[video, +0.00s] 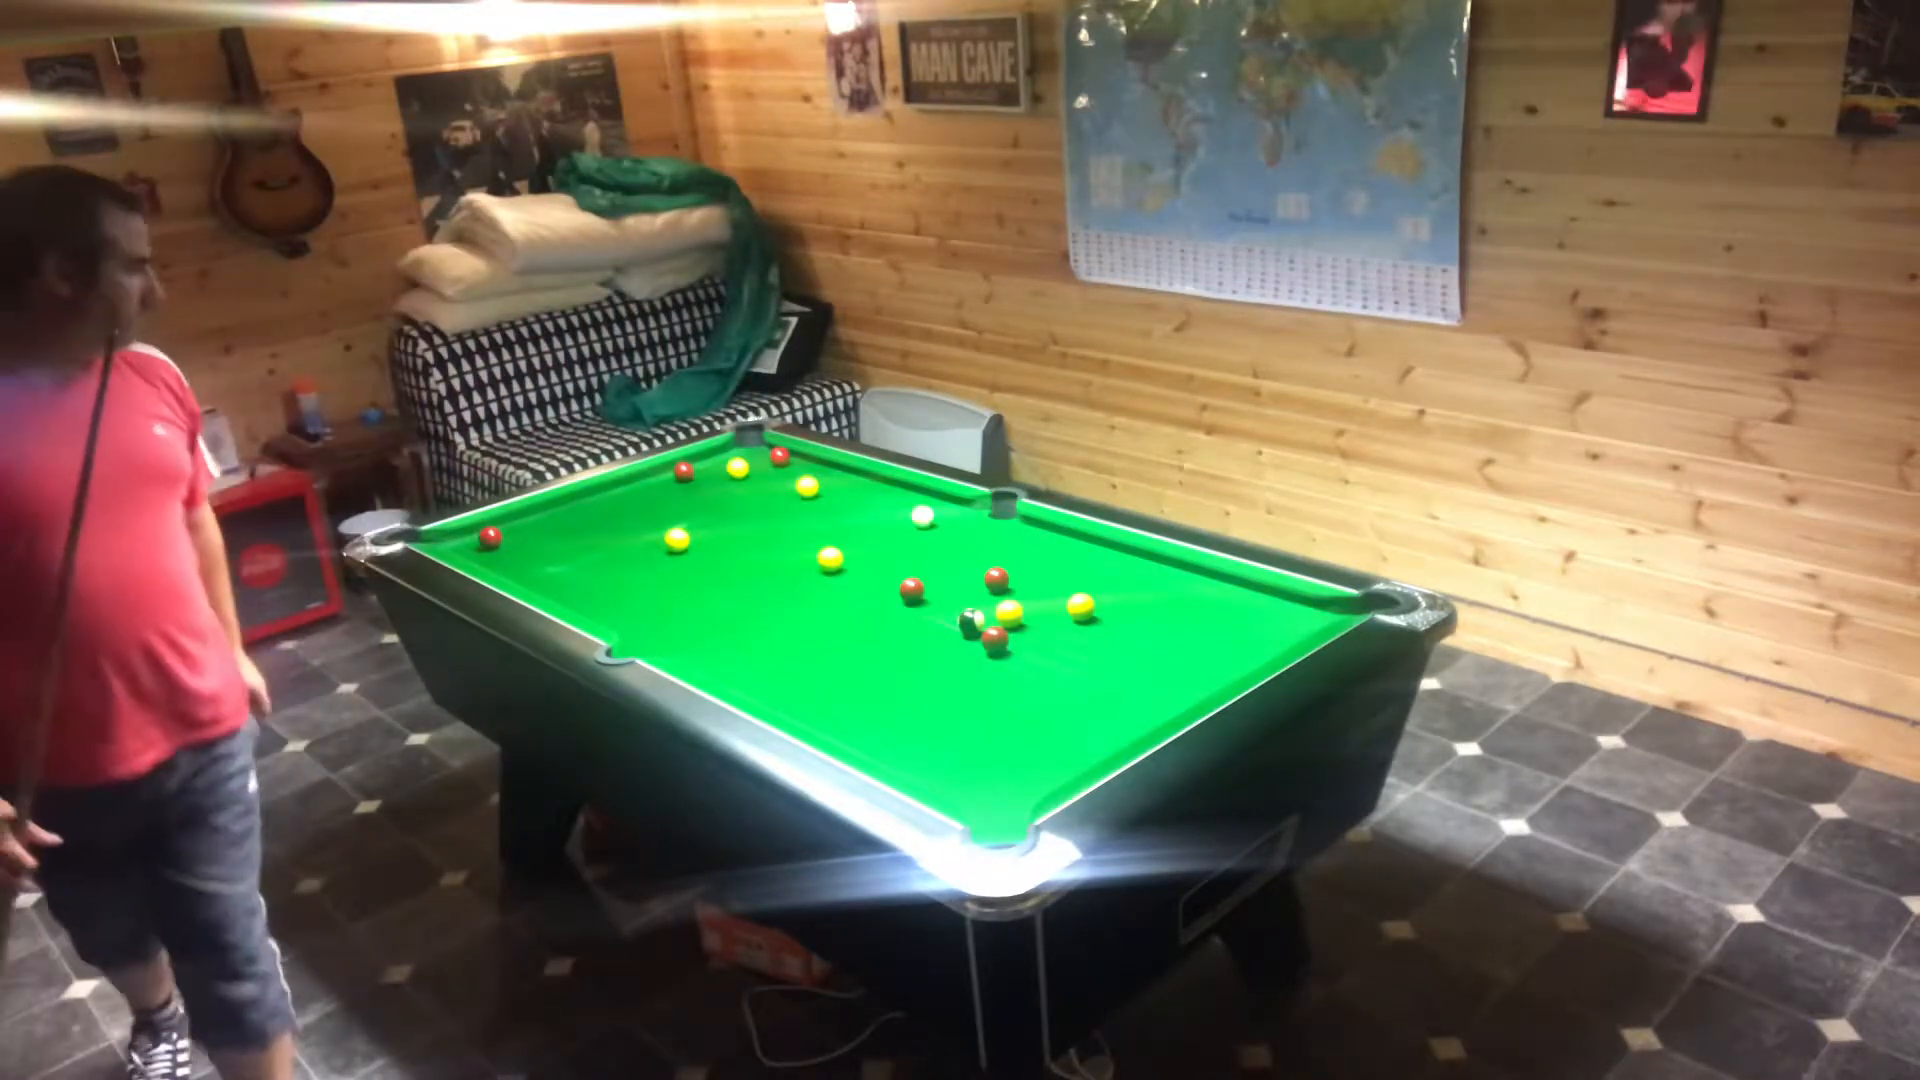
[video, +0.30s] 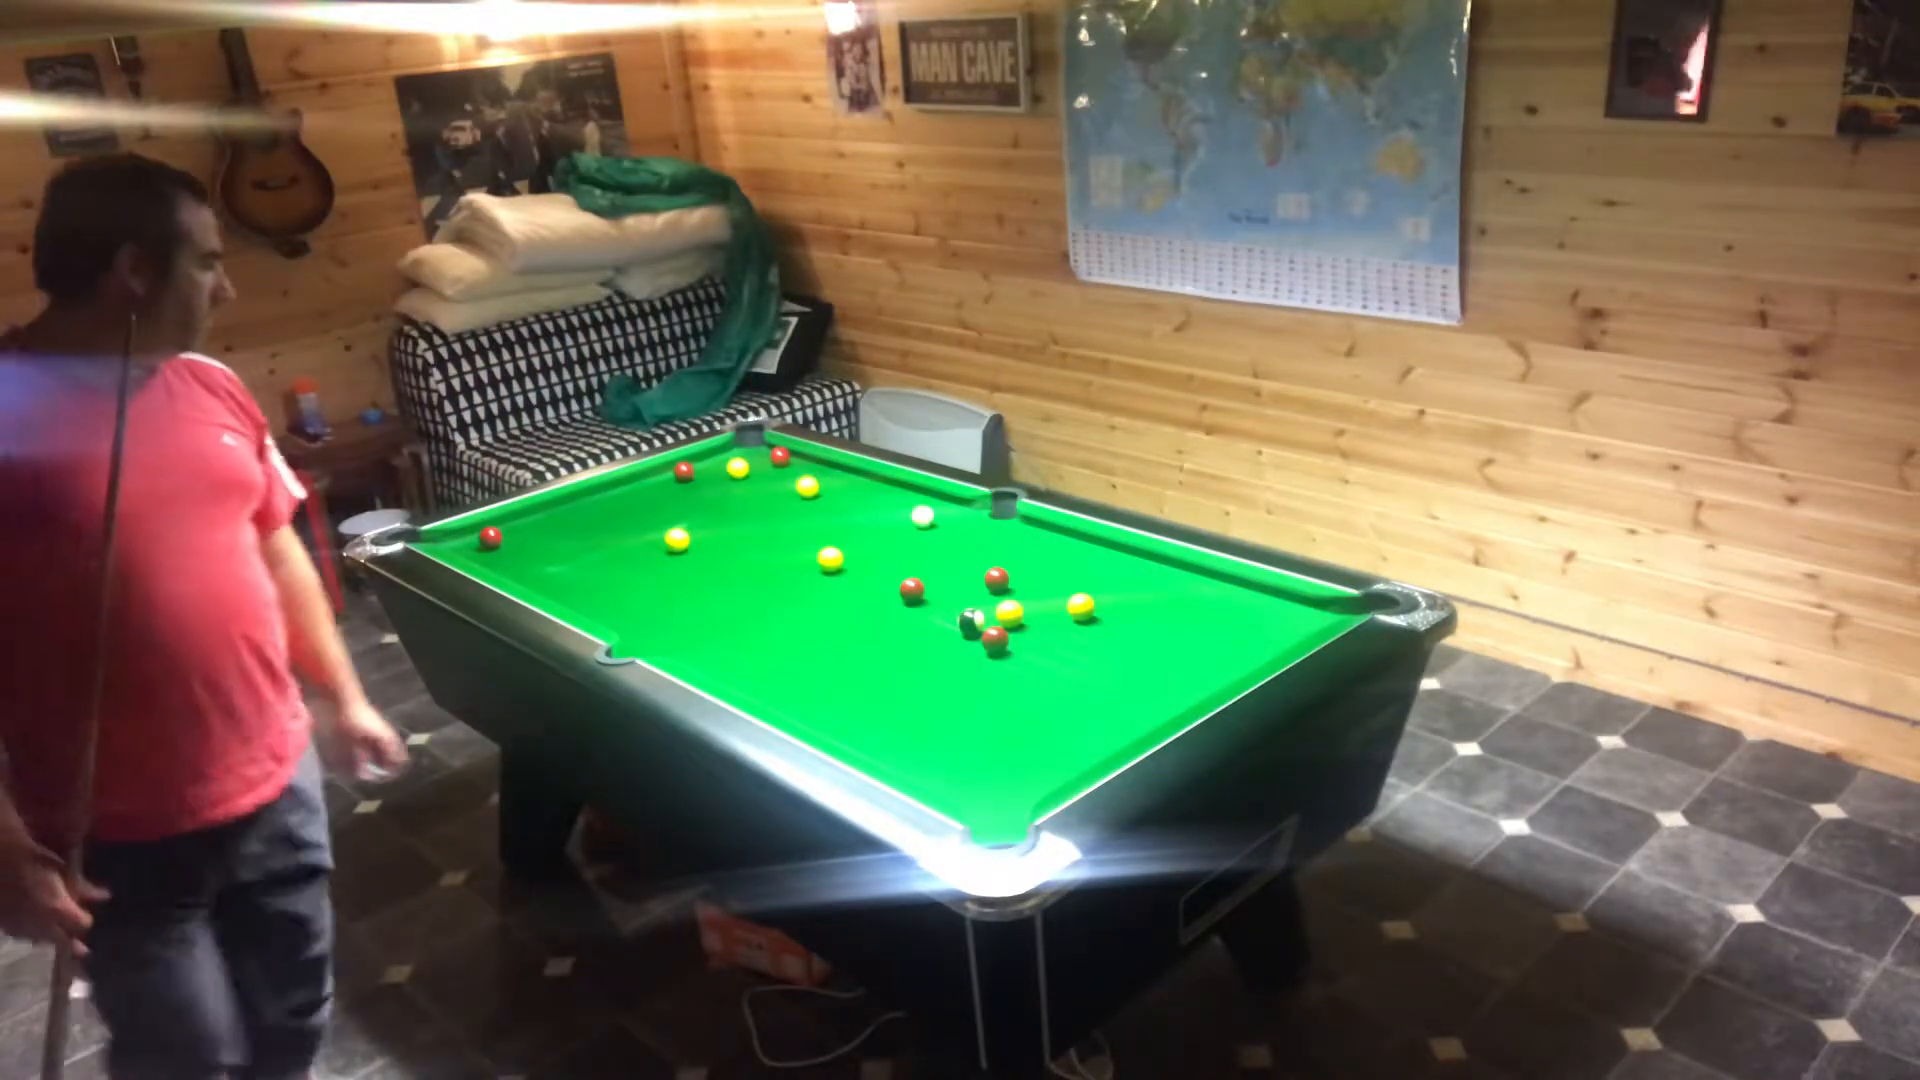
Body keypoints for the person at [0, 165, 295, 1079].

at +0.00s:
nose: (155, 290)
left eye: (153, 266)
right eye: (135, 267)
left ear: (72, 278)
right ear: (56, 278)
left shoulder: (154, 380)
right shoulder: (5, 405)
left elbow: (199, 520)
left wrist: (233, 649)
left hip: (197, 737)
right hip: (54, 772)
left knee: (234, 968)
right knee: (114, 938)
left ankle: (274, 1073)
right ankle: (161, 1017)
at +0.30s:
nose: (225, 288)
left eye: (220, 262)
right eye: (207, 263)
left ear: (141, 273)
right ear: (131, 273)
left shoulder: (212, 388)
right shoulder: (11, 402)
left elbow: (279, 545)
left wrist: (346, 697)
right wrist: (5, 840)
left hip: (274, 801)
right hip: (116, 841)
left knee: (291, 1040)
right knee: (187, 1062)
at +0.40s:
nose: (245, 288)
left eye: (241, 261)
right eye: (227, 261)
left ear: (159, 274)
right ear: (153, 273)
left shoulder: (230, 393)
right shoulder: (15, 411)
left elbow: (307, 554)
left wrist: (399, 707)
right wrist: (18, 874)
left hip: (296, 820)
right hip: (145, 859)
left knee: (308, 1040)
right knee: (267, 1064)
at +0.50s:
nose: (267, 292)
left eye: (262, 265)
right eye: (249, 265)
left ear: (183, 280)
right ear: (178, 279)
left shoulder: (252, 402)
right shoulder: (26, 427)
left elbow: (337, 562)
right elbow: (0, 702)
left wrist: (439, 713)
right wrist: (35, 910)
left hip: (324, 839)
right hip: (183, 876)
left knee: (321, 1057)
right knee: (320, 1067)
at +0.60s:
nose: (292, 302)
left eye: (286, 275)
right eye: (275, 276)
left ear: (211, 292)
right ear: (205, 292)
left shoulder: (278, 415)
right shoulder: (46, 465)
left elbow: (371, 582)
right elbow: (14, 744)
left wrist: (476, 727)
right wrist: (63, 962)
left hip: (360, 860)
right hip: (226, 910)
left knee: (336, 1058)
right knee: (359, 1069)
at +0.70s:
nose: (324, 314)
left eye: (316, 288)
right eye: (307, 290)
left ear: (251, 308)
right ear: (242, 309)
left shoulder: (301, 427)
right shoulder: (84, 498)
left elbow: (398, 591)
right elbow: (45, 789)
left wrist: (502, 752)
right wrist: (108, 1025)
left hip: (397, 883)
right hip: (278, 943)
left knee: (393, 1056)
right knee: (401, 1067)